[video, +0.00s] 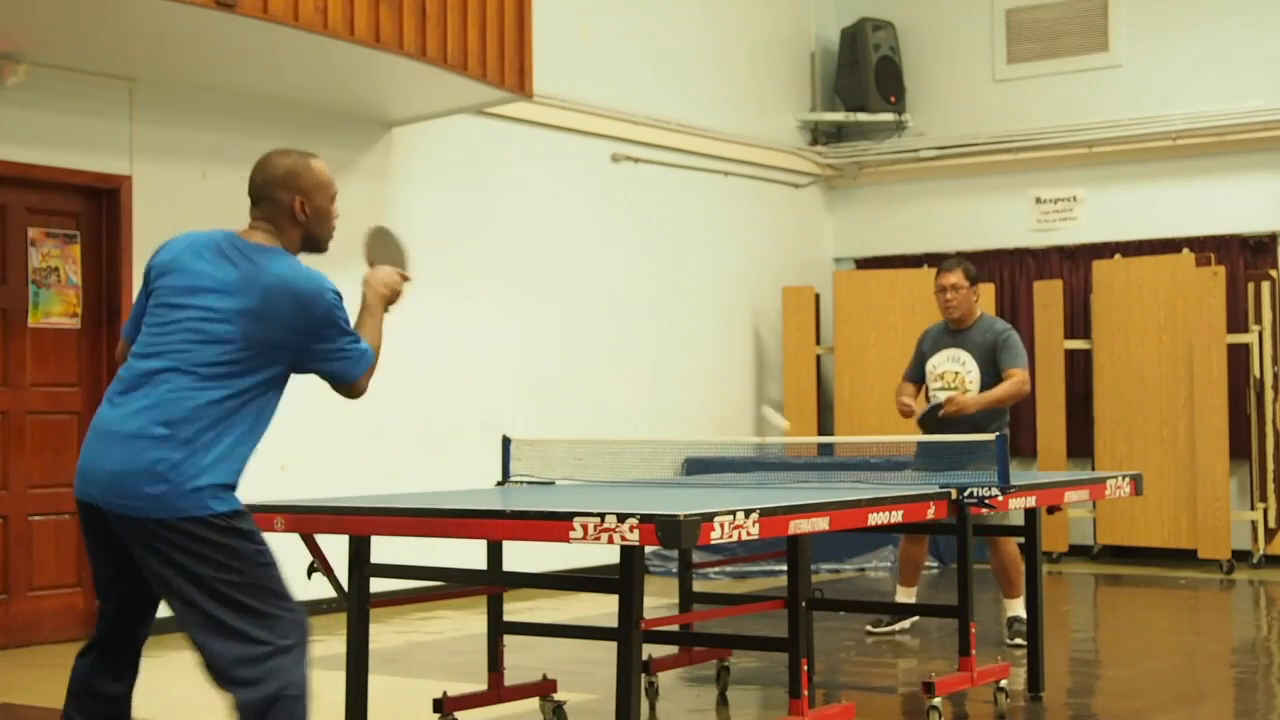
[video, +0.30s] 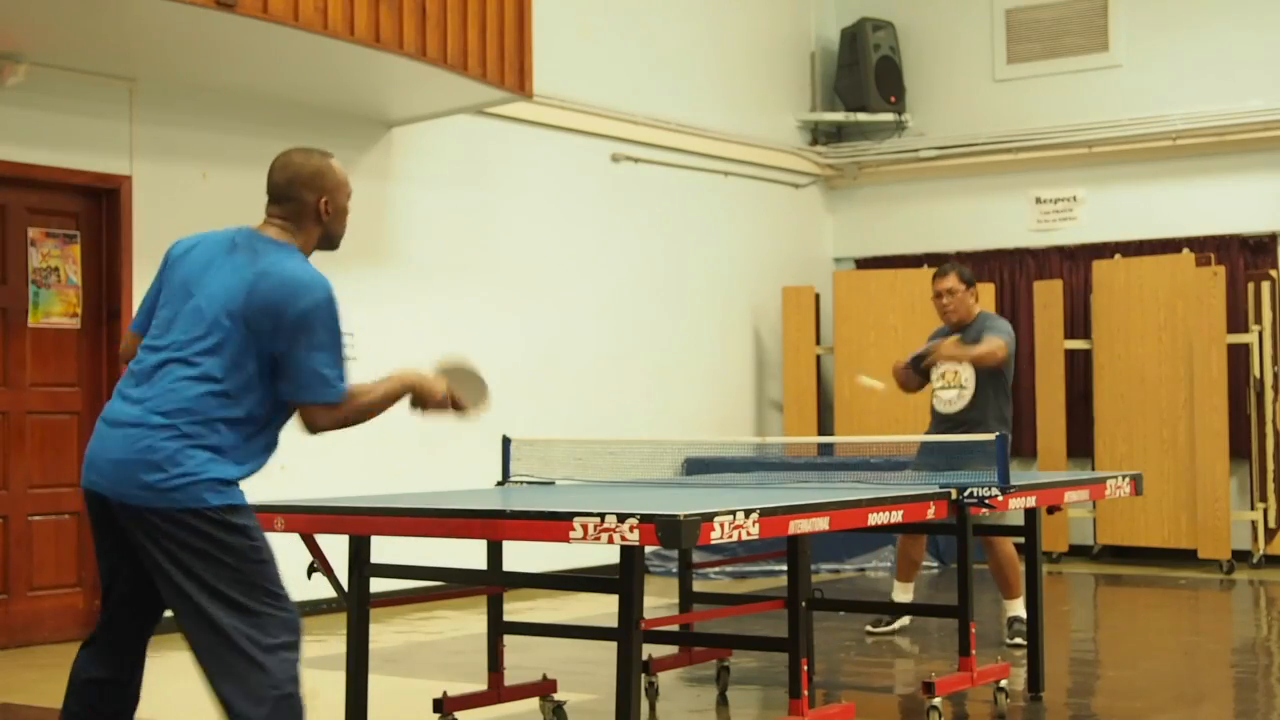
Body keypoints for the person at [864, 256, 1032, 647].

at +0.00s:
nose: (947, 297)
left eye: (955, 290)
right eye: (941, 291)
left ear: (974, 291)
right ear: (935, 295)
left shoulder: (1000, 334)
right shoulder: (930, 338)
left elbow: (1020, 384)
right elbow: (908, 387)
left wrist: (975, 401)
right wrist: (907, 402)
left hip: (982, 449)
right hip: (933, 449)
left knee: (996, 528)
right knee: (914, 524)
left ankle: (1016, 615)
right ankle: (904, 609)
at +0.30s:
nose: (943, 303)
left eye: (950, 294)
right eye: (938, 297)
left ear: (972, 294)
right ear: (935, 299)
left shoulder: (995, 327)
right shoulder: (940, 337)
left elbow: (994, 353)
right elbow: (912, 384)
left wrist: (946, 353)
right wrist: (902, 371)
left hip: (983, 447)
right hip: (937, 446)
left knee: (992, 528)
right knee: (912, 519)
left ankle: (1016, 614)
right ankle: (900, 606)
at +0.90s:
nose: (939, 299)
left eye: (947, 291)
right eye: (933, 292)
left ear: (965, 294)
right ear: (926, 298)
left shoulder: (988, 336)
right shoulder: (917, 339)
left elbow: (1014, 382)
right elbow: (891, 384)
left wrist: (974, 399)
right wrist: (895, 396)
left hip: (977, 450)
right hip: (925, 450)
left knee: (997, 526)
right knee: (910, 525)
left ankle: (1025, 611)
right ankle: (904, 610)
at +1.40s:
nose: (925, 307)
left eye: (932, 298)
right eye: (920, 301)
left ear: (955, 301)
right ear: (917, 307)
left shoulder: (983, 344)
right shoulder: (925, 346)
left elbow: (987, 403)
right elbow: (910, 392)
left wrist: (945, 442)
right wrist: (891, 393)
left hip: (980, 457)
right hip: (935, 455)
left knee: (998, 531)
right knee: (909, 520)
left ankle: (1025, 614)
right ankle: (910, 610)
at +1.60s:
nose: (895, 302)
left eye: (902, 294)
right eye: (891, 296)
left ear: (926, 295)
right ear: (890, 302)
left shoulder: (952, 335)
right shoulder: (900, 341)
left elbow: (950, 395)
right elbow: (866, 379)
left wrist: (926, 442)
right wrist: (866, 340)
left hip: (955, 447)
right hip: (909, 448)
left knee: (979, 523)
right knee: (897, 523)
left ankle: (1017, 609)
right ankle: (909, 610)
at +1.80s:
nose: (870, 298)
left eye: (876, 290)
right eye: (866, 293)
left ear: (901, 288)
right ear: (866, 297)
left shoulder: (929, 325)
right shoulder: (876, 335)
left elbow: (940, 382)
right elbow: (838, 367)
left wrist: (920, 435)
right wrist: (843, 325)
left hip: (933, 438)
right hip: (890, 441)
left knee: (939, 519)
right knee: (897, 523)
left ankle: (966, 603)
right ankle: (908, 610)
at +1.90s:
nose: (860, 298)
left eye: (867, 290)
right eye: (856, 293)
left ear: (889, 289)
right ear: (854, 297)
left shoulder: (919, 324)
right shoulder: (865, 340)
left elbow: (936, 379)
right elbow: (829, 376)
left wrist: (917, 433)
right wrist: (833, 330)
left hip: (920, 441)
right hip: (884, 444)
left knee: (918, 521)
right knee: (897, 523)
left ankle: (924, 612)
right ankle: (906, 608)